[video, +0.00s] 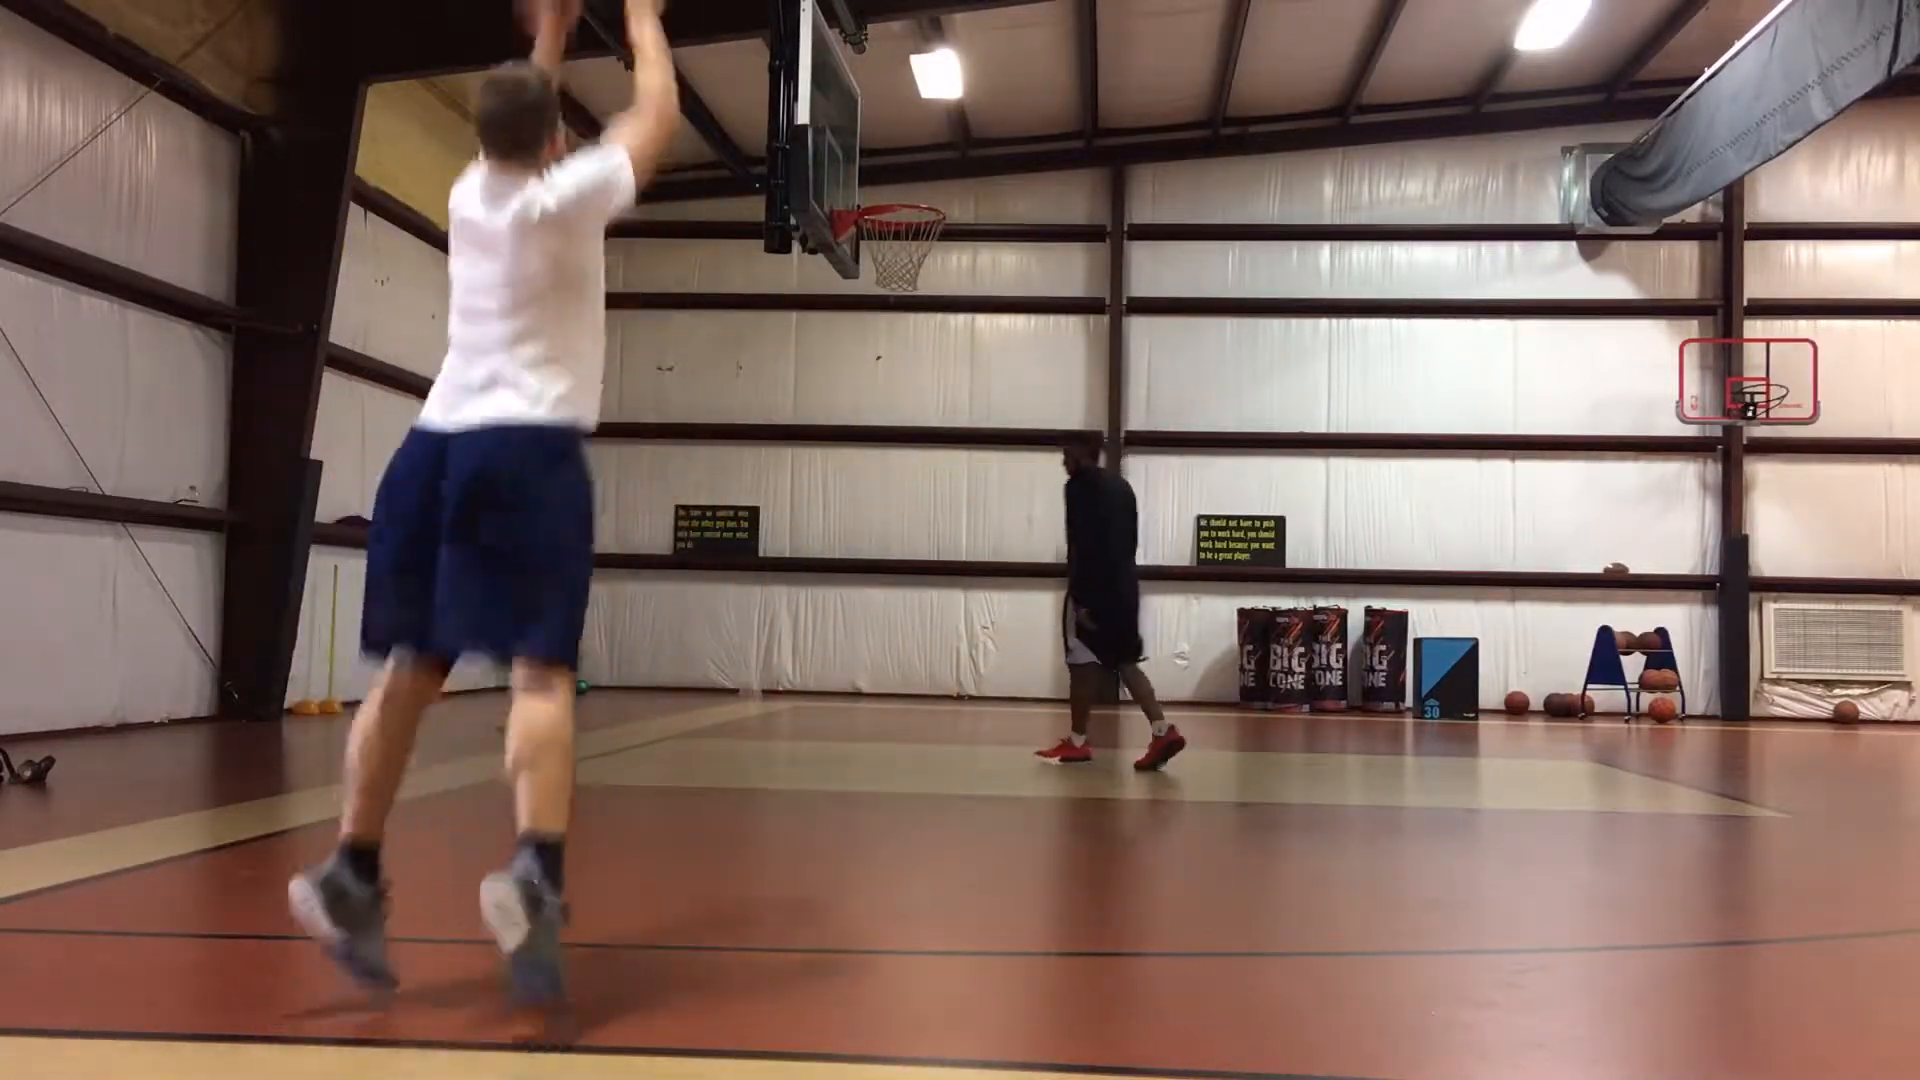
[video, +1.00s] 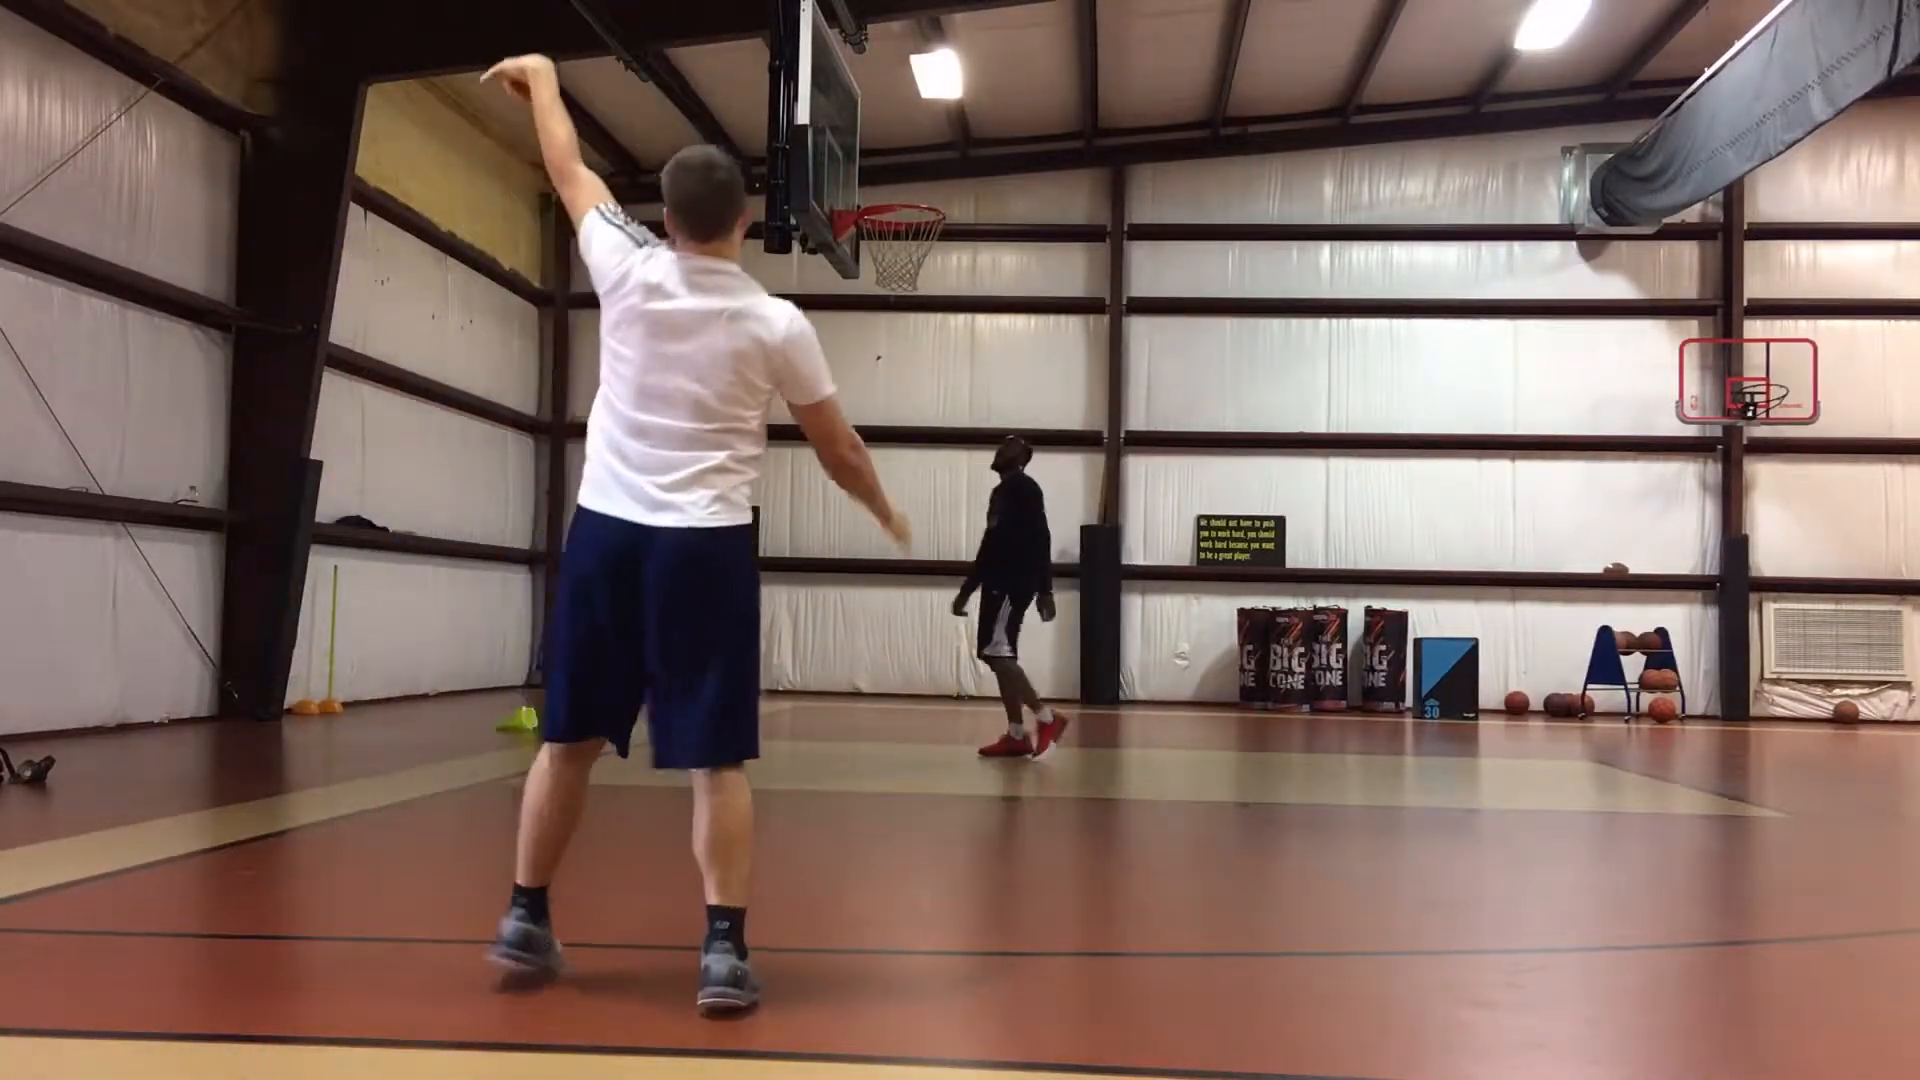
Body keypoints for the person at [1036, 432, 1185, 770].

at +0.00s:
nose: (1065, 460)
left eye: (1068, 453)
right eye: (1065, 453)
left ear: (1084, 452)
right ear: (1096, 452)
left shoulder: (1078, 487)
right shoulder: (1121, 487)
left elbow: (1082, 545)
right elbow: (1129, 544)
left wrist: (1080, 596)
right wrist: (1115, 580)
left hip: (1090, 592)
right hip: (1122, 589)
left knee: (1080, 665)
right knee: (1125, 662)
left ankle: (1077, 740)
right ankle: (1163, 731)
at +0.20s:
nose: (1049, 457)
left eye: (1053, 452)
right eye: (1050, 451)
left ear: (1067, 454)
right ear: (1081, 453)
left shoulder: (1059, 489)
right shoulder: (1105, 485)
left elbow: (1045, 547)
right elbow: (1113, 543)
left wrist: (1032, 595)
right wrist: (1106, 584)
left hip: (1068, 590)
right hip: (1101, 589)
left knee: (1068, 662)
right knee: (1084, 661)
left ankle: (1075, 740)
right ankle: (1120, 713)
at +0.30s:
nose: (1044, 456)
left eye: (1048, 450)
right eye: (1045, 450)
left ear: (1063, 453)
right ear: (1076, 453)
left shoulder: (1053, 488)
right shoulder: (1102, 486)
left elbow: (1033, 545)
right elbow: (1109, 543)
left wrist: (1012, 589)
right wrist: (1102, 580)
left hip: (1064, 588)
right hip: (1099, 587)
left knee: (1061, 656)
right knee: (1070, 658)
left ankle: (1087, 727)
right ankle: (1079, 734)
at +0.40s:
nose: (1041, 452)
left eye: (1047, 447)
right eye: (1043, 446)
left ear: (1063, 452)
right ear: (1072, 453)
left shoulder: (1048, 489)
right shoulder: (1089, 486)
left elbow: (1026, 539)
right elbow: (1097, 541)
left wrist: (999, 578)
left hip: (1057, 589)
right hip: (1082, 587)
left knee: (1051, 657)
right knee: (1059, 658)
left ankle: (1075, 739)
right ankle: (1067, 736)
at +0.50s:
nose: (1037, 448)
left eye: (1044, 444)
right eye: (1041, 443)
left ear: (1059, 454)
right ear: (1063, 455)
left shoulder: (1047, 489)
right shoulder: (1073, 487)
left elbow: (1025, 537)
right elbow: (1068, 543)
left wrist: (992, 571)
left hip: (1053, 588)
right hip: (1060, 586)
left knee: (1059, 660)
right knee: (1037, 658)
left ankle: (1075, 740)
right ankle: (1037, 733)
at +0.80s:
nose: (1018, 449)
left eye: (1027, 446)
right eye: (1021, 444)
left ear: (1040, 457)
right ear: (1026, 456)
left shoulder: (1038, 492)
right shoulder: (1026, 490)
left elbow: (1033, 549)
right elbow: (1020, 546)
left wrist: (1024, 594)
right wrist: (1007, 586)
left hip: (1029, 590)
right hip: (1010, 588)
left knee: (1040, 659)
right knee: (1001, 658)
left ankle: (1071, 734)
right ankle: (1016, 735)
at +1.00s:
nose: (997, 452)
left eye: (1006, 448)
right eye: (999, 448)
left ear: (1020, 456)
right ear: (1005, 456)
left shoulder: (1024, 488)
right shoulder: (1002, 491)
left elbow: (1040, 541)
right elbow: (990, 546)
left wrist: (1045, 590)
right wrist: (966, 589)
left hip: (1014, 583)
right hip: (1001, 582)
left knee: (995, 651)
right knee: (1000, 655)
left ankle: (1047, 718)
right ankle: (1016, 734)